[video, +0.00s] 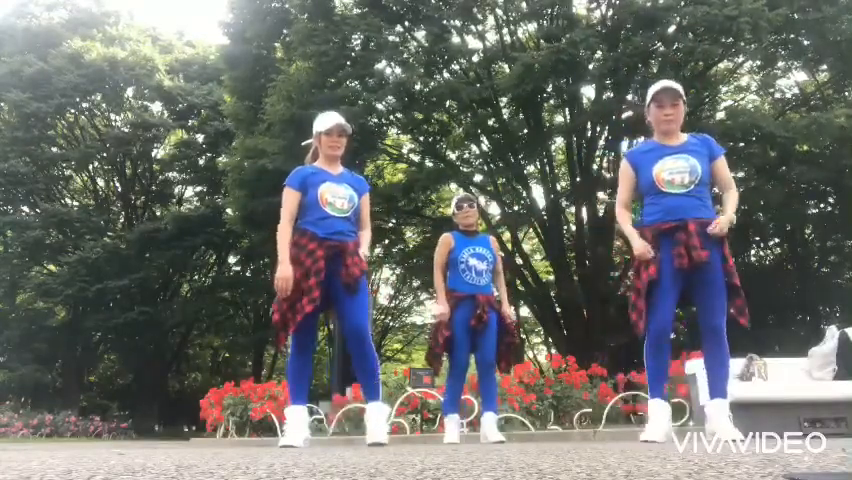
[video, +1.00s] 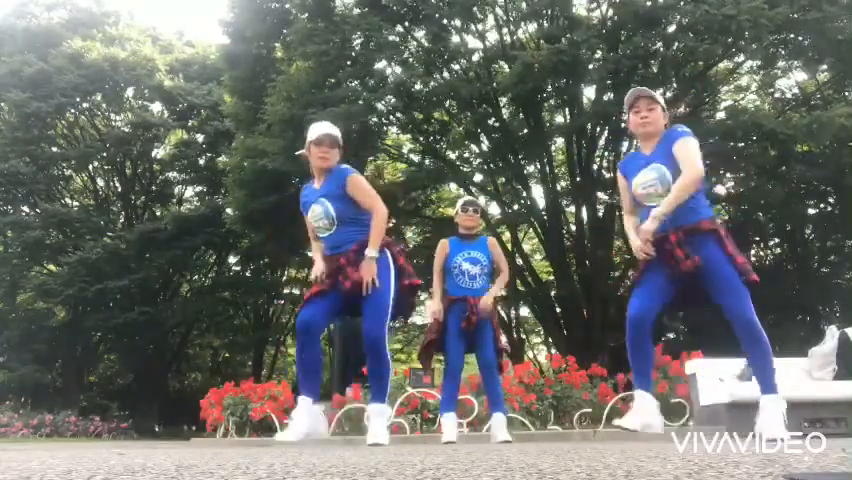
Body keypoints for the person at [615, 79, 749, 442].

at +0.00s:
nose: (667, 111)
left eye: (674, 105)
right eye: (660, 105)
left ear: (684, 109)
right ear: (648, 112)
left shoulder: (705, 145)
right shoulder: (635, 155)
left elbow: (729, 188)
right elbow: (622, 207)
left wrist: (726, 216)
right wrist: (634, 239)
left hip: (705, 236)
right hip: (660, 241)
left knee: (715, 324)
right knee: (659, 326)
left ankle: (718, 411)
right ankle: (658, 413)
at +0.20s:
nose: (668, 108)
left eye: (675, 102)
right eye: (661, 103)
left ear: (685, 109)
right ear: (649, 111)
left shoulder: (706, 147)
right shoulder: (635, 156)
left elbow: (721, 196)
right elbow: (629, 208)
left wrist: (732, 238)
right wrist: (635, 250)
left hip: (707, 235)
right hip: (663, 240)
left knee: (716, 324)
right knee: (671, 327)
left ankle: (719, 411)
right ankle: (681, 415)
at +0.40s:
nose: (662, 104)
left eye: (668, 99)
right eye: (654, 100)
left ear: (680, 108)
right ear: (644, 113)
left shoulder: (702, 143)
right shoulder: (631, 156)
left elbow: (723, 193)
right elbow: (626, 209)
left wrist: (738, 239)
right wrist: (629, 253)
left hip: (705, 237)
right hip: (659, 242)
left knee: (714, 325)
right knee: (669, 327)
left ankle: (719, 410)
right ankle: (679, 414)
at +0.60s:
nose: (663, 105)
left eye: (669, 100)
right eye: (655, 101)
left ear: (682, 108)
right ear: (645, 112)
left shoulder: (703, 141)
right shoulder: (633, 153)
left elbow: (732, 184)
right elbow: (623, 205)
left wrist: (741, 220)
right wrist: (629, 246)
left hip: (707, 235)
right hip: (661, 241)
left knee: (729, 319)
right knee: (669, 327)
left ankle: (734, 407)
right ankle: (680, 414)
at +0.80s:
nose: (667, 112)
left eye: (673, 106)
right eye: (659, 109)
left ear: (686, 113)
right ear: (650, 120)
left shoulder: (706, 139)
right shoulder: (640, 165)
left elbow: (721, 184)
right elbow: (641, 215)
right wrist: (650, 250)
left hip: (716, 240)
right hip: (673, 248)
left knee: (748, 322)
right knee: (680, 327)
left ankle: (761, 411)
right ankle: (687, 412)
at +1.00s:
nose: (643, 114)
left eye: (650, 108)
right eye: (635, 111)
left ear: (664, 115)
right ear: (628, 123)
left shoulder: (678, 137)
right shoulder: (626, 165)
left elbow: (694, 173)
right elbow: (628, 211)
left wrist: (657, 215)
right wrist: (633, 235)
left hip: (701, 240)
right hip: (661, 250)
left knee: (741, 313)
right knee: (638, 314)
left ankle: (771, 402)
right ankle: (645, 405)